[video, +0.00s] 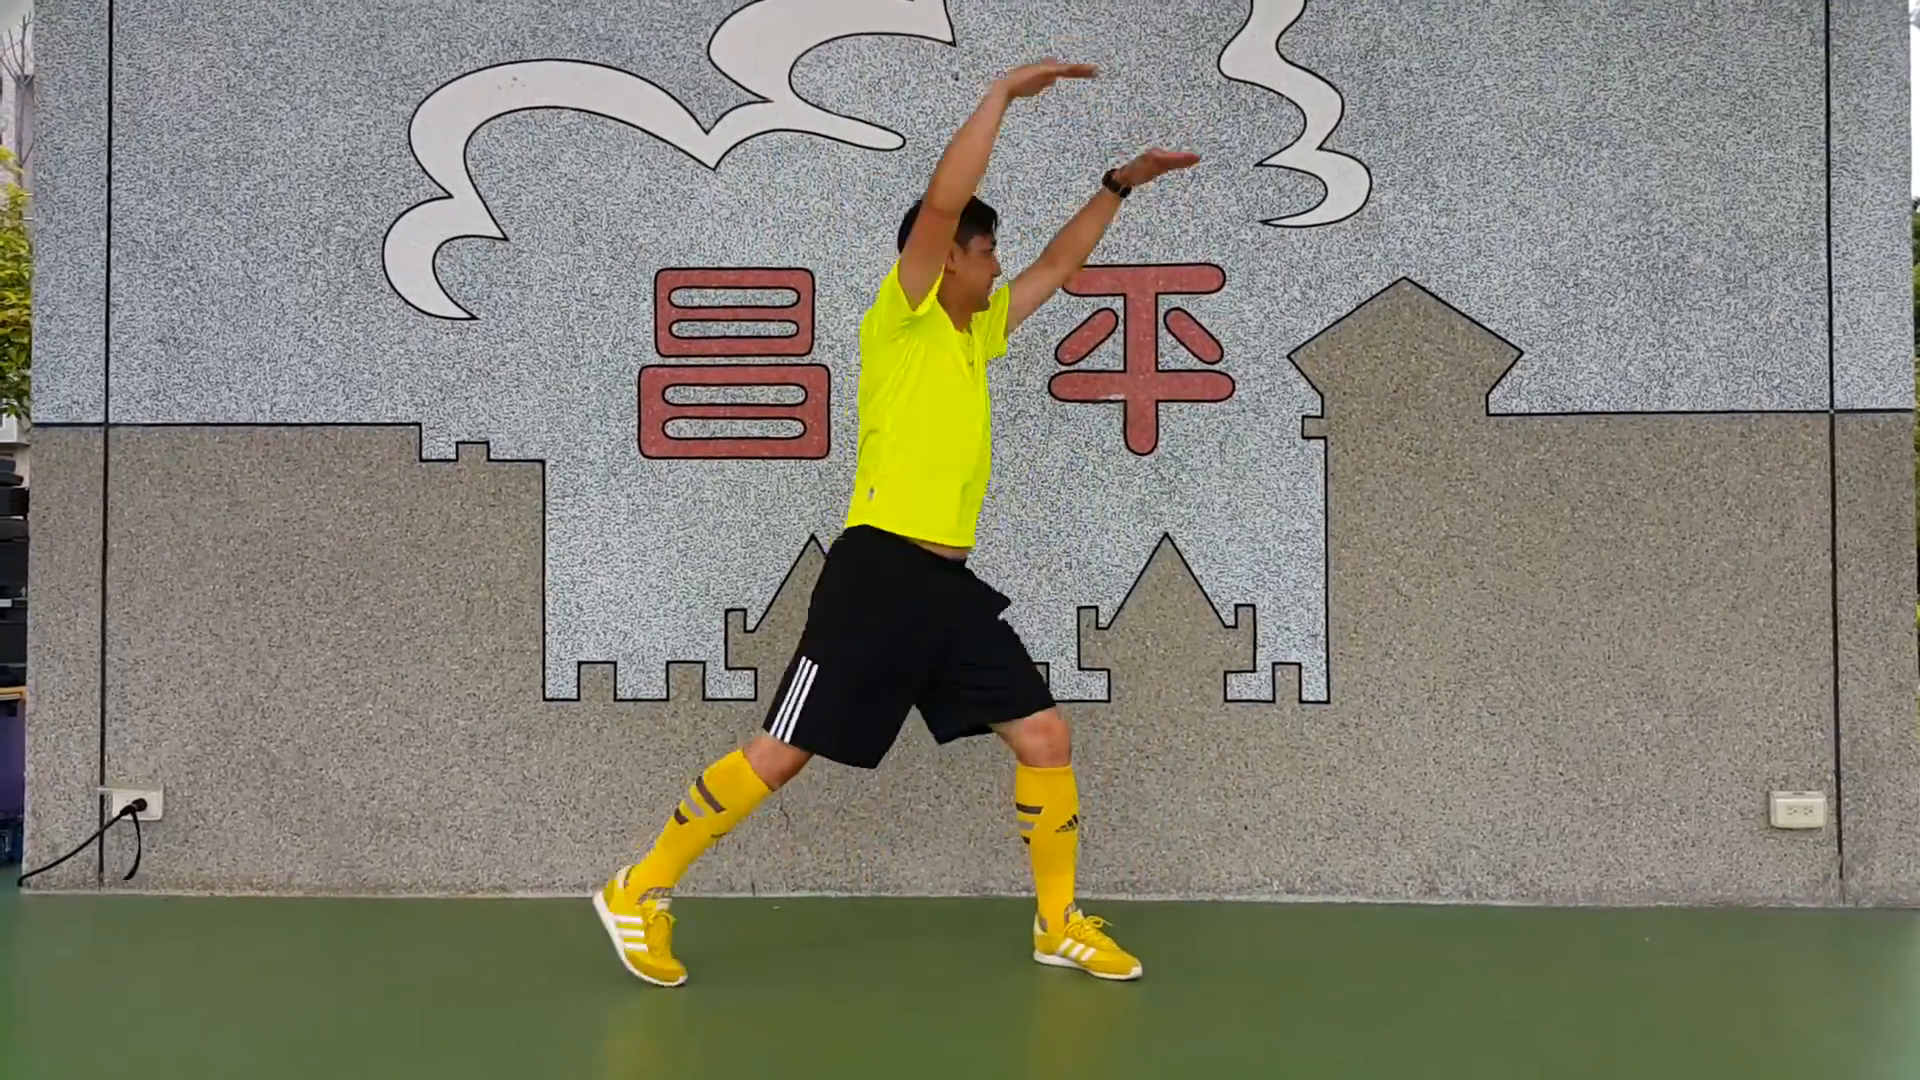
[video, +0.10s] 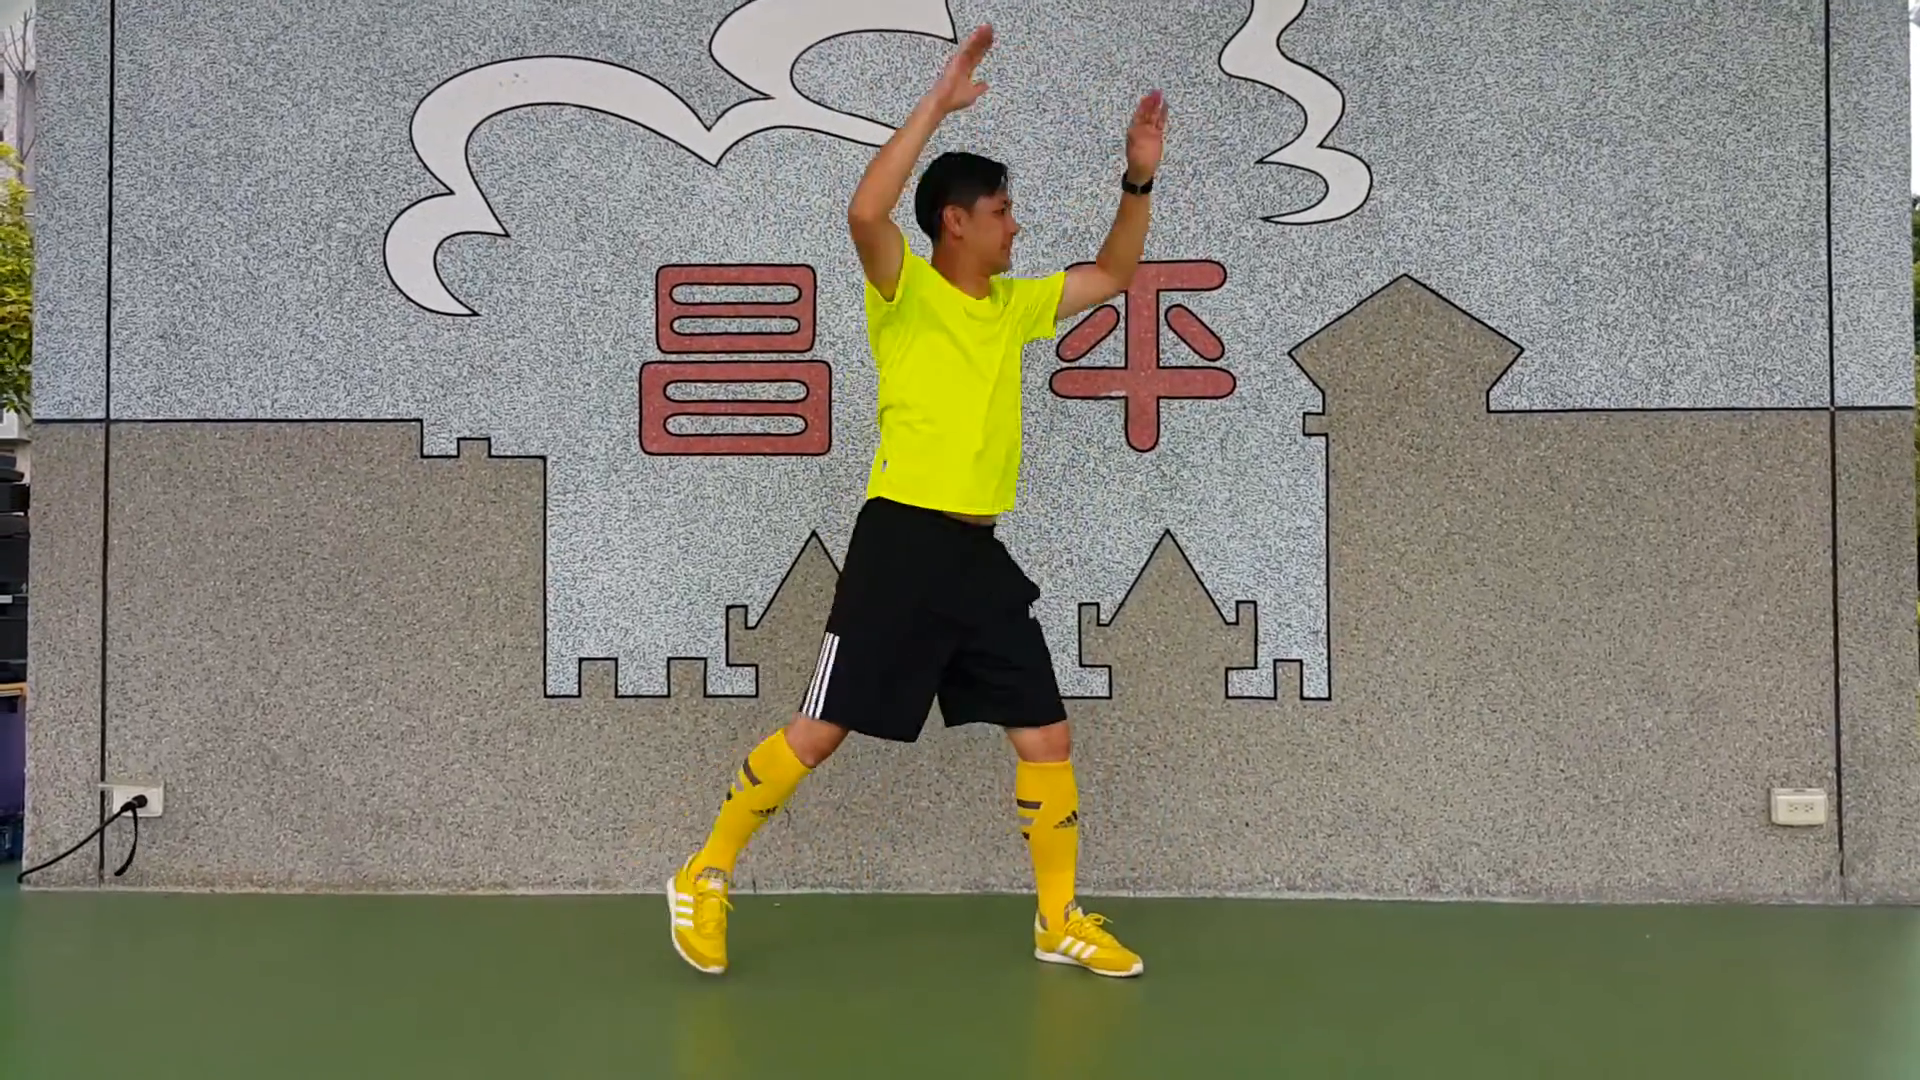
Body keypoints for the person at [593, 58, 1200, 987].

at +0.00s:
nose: (997, 267)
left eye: (996, 255)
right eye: (985, 252)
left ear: (982, 265)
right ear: (942, 254)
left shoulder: (977, 332)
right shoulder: (897, 320)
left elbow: (1051, 269)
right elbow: (942, 209)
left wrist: (1118, 187)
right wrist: (1002, 90)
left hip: (951, 583)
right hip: (874, 571)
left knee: (1044, 740)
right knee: (778, 755)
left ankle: (1059, 925)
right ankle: (637, 891)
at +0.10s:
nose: (1014, 221)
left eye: (1011, 208)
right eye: (999, 209)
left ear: (981, 224)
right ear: (952, 220)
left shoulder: (1015, 304)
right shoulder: (905, 287)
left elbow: (1111, 274)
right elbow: (867, 214)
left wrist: (1140, 179)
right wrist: (937, 105)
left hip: (981, 553)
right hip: (897, 543)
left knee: (1045, 736)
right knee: (822, 728)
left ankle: (1060, 921)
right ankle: (704, 876)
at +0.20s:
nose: (1012, 197)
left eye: (1010, 184)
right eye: (994, 185)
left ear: (1000, 201)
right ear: (948, 204)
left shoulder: (1039, 294)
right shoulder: (901, 283)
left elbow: (1148, 313)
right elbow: (808, 298)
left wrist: (1136, 222)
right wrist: (854, 186)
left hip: (1002, 539)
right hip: (906, 531)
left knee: (1044, 730)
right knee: (848, 721)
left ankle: (1059, 916)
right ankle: (798, 899)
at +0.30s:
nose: (985, 200)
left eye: (992, 186)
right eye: (964, 191)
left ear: (1007, 201)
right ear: (932, 214)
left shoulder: (1051, 302)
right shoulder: (897, 307)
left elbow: (1127, 392)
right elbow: (823, 407)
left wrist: (1125, 318)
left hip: (1016, 546)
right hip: (909, 540)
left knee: (1060, 732)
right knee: (863, 725)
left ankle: (1062, 917)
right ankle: (855, 916)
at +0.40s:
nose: (936, 209)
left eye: (953, 195)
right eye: (927, 200)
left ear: (997, 210)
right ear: (920, 222)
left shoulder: (1044, 305)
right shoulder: (895, 320)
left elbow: (1103, 406)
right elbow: (827, 423)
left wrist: (1059, 333)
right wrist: (790, 347)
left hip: (1022, 550)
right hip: (913, 552)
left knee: (1083, 737)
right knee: (863, 732)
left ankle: (1079, 903)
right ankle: (856, 917)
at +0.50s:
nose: (933, 202)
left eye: (950, 190)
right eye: (937, 190)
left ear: (997, 214)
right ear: (947, 216)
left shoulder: (1039, 294)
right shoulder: (909, 311)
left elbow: (1077, 293)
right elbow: (804, 342)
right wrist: (792, 246)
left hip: (1031, 552)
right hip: (927, 558)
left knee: (1098, 735)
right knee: (873, 734)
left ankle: (1161, 875)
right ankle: (858, 916)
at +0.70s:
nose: (979, 237)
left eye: (994, 220)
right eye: (981, 222)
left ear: (1039, 230)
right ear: (997, 242)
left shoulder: (1061, 299)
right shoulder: (984, 312)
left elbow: (1001, 178)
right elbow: (914, 246)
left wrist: (949, 69)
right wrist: (860, 148)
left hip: (1069, 568)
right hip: (989, 582)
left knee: (1170, 756)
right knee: (889, 736)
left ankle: (1305, 912)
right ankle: (860, 919)